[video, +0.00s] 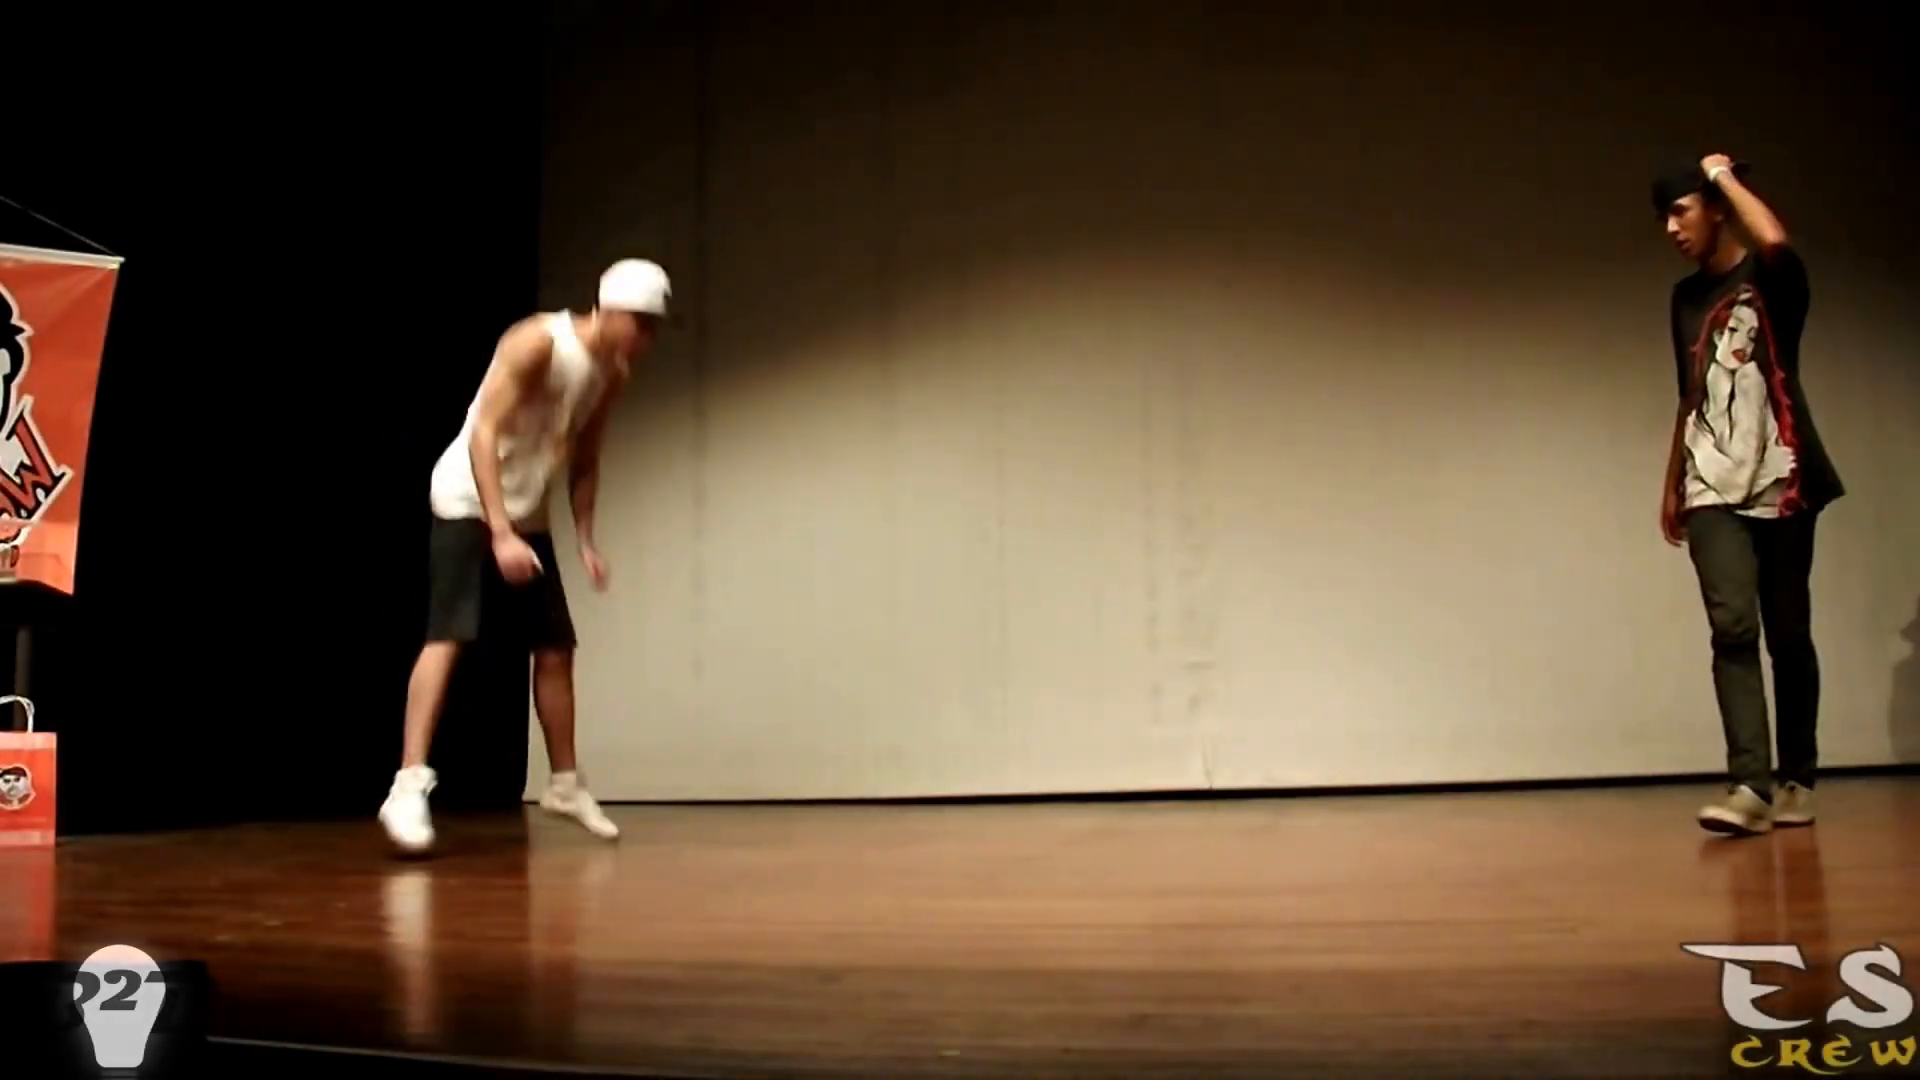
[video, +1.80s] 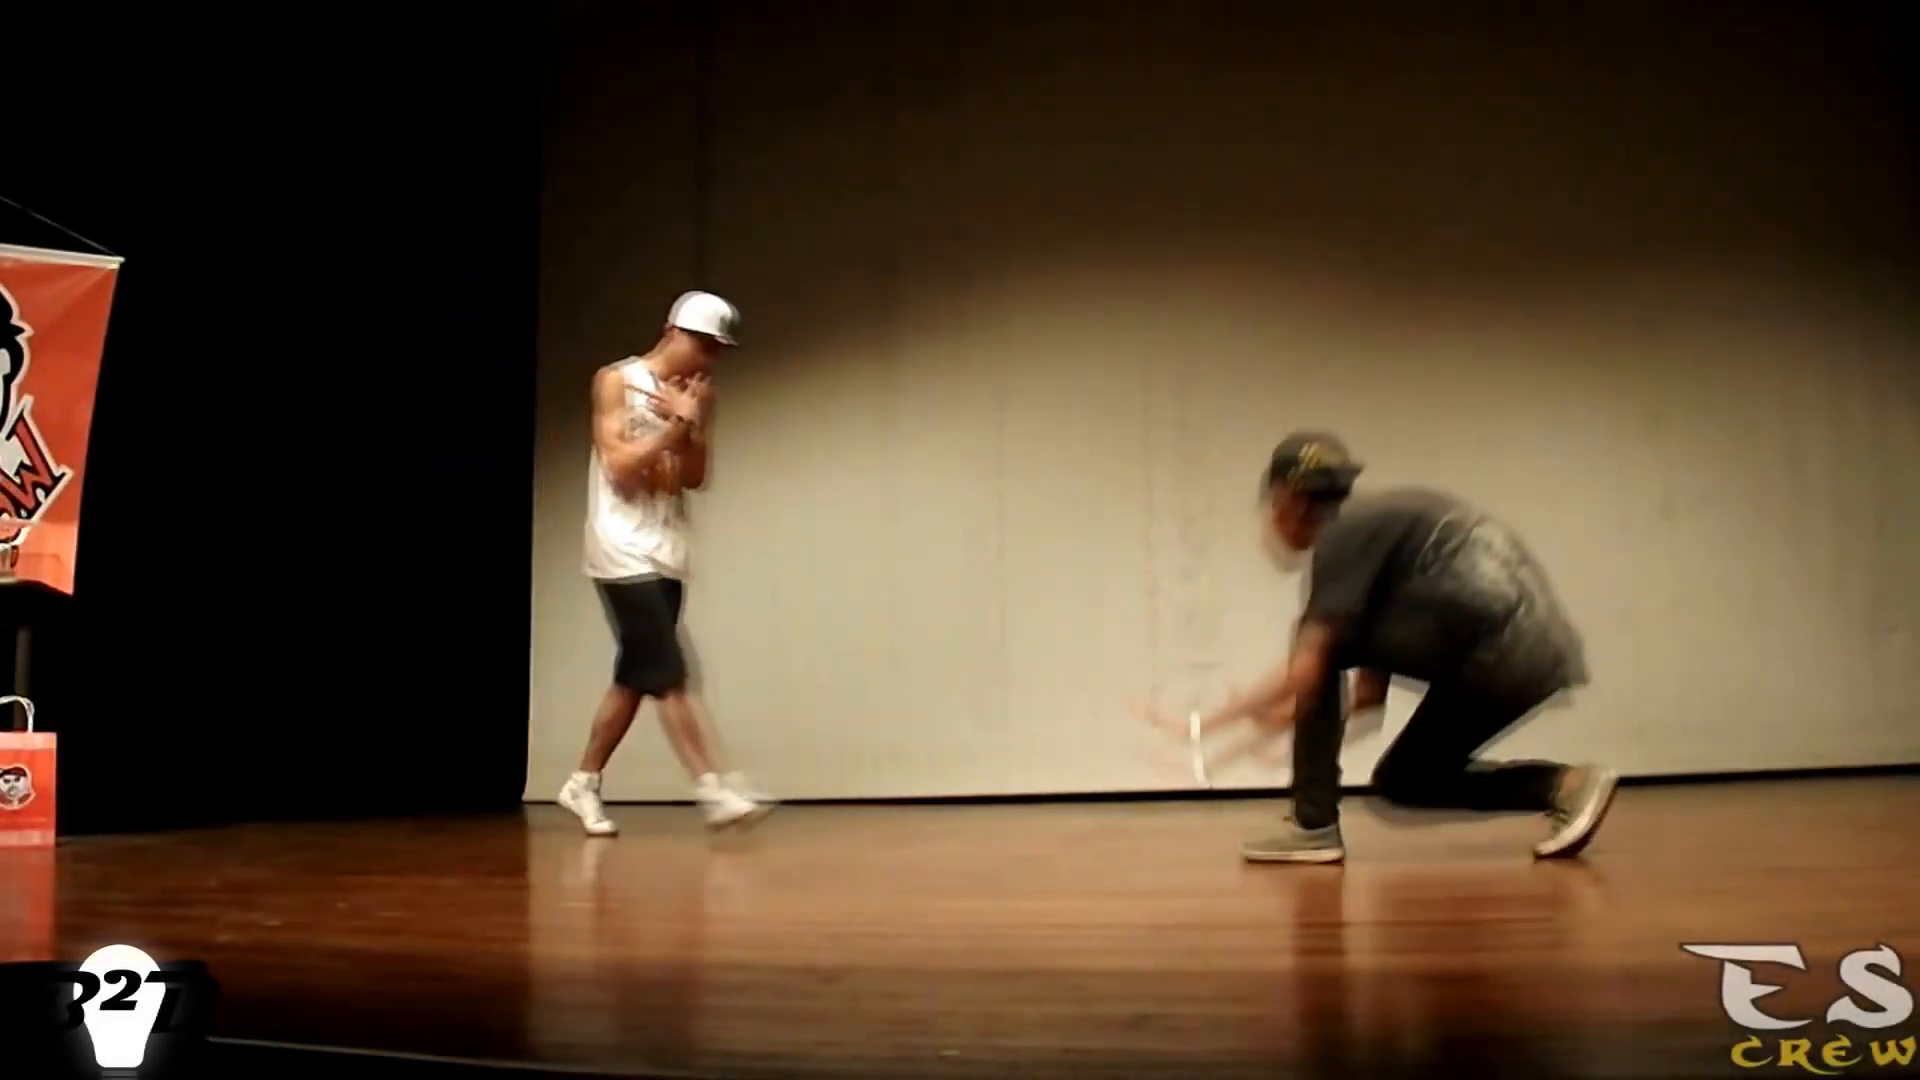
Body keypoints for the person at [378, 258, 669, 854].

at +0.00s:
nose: (646, 337)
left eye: (652, 326)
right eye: (640, 322)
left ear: (643, 324)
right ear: (607, 311)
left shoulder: (609, 373)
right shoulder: (534, 343)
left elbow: (583, 457)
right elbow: (482, 434)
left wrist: (586, 538)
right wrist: (501, 531)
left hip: (526, 512)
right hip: (467, 504)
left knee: (555, 648)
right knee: (448, 635)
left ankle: (564, 785)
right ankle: (409, 786)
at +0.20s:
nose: (620, 226)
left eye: (625, 216)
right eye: (609, 211)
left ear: (620, 224)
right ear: (576, 211)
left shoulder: (599, 297)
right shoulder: (515, 266)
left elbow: (578, 387)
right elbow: (465, 350)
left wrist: (589, 458)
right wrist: (457, 442)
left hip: (550, 468)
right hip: (489, 462)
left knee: (543, 611)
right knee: (474, 605)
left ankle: (545, 746)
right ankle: (461, 744)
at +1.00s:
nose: (515, 281)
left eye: (526, 270)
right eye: (506, 269)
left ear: (543, 269)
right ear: (492, 266)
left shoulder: (567, 330)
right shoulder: (464, 326)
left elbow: (583, 421)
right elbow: (443, 415)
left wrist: (531, 400)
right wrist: (482, 398)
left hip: (541, 505)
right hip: (472, 505)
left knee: (552, 648)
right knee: (456, 650)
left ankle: (559, 777)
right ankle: (445, 786)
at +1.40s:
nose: (581, 352)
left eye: (590, 344)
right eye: (573, 340)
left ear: (602, 345)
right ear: (552, 334)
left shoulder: (613, 392)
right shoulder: (514, 387)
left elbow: (607, 468)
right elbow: (511, 468)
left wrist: (573, 417)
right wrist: (557, 421)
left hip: (582, 565)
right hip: (513, 562)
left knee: (598, 688)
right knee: (472, 679)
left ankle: (579, 786)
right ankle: (440, 799)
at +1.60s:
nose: (654, 356)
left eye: (660, 348)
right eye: (650, 343)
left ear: (661, 348)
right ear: (624, 331)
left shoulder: (650, 389)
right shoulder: (566, 380)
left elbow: (653, 471)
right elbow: (568, 464)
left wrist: (645, 415)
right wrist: (621, 418)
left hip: (629, 555)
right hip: (571, 551)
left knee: (636, 680)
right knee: (554, 677)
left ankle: (593, 782)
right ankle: (530, 790)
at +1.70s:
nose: (680, 357)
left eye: (687, 348)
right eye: (677, 343)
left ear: (684, 347)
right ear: (650, 328)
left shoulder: (671, 385)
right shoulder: (591, 373)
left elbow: (670, 471)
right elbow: (591, 458)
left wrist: (666, 414)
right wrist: (646, 417)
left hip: (647, 544)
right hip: (598, 542)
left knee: (638, 673)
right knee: (621, 670)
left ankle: (595, 779)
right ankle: (601, 781)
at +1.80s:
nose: (710, 363)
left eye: (716, 352)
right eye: (705, 348)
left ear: (711, 351)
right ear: (674, 332)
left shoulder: (695, 393)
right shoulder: (616, 381)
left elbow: (696, 478)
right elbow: (619, 467)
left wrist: (687, 425)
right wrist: (675, 427)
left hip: (668, 552)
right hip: (621, 550)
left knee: (634, 675)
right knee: (667, 671)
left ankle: (584, 782)